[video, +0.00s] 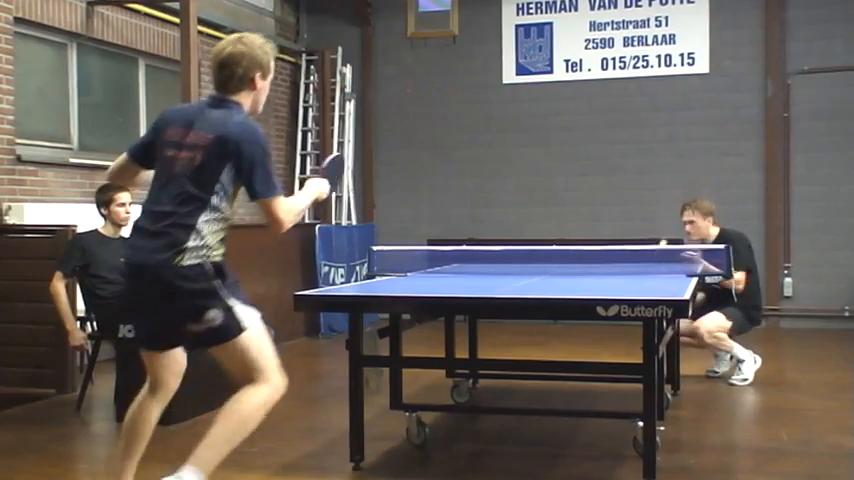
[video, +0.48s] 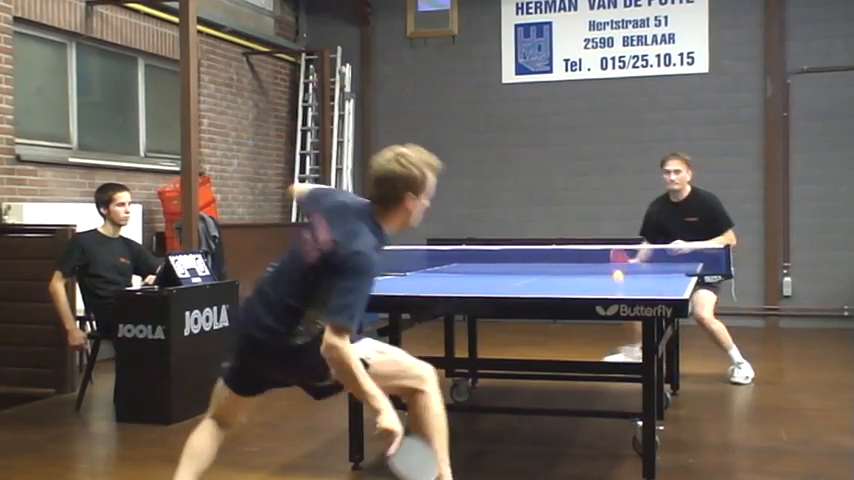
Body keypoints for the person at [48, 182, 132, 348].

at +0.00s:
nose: (128, 210)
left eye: (129, 205)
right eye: (122, 205)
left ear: (131, 205)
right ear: (104, 210)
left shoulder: (132, 246)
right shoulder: (83, 243)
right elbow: (57, 283)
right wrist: (72, 330)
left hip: (138, 316)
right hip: (107, 320)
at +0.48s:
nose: (128, 210)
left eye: (129, 205)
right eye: (121, 205)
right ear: (104, 209)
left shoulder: (131, 247)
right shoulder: (82, 242)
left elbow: (164, 270)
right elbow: (56, 283)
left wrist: (156, 278)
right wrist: (72, 330)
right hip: (106, 321)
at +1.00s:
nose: (127, 210)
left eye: (129, 205)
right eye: (121, 205)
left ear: (131, 206)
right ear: (103, 209)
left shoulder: (131, 247)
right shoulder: (82, 242)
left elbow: (164, 269)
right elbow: (56, 283)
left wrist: (156, 277)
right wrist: (71, 329)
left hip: (135, 316)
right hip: (105, 320)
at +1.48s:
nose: (127, 210)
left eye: (128, 205)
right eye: (120, 205)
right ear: (103, 209)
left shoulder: (131, 247)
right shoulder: (82, 242)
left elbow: (164, 270)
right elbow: (56, 283)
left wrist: (156, 277)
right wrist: (71, 329)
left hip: (134, 319)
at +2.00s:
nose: (126, 210)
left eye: (128, 204)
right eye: (120, 205)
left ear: (130, 205)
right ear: (103, 209)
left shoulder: (130, 247)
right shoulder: (81, 242)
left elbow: (163, 269)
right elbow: (55, 283)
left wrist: (155, 277)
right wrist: (71, 329)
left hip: (136, 317)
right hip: (106, 321)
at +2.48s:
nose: (125, 212)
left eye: (127, 207)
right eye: (118, 206)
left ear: (131, 209)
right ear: (103, 210)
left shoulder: (130, 247)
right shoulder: (81, 242)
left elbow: (161, 272)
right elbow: (55, 283)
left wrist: (154, 279)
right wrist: (71, 329)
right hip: (105, 320)